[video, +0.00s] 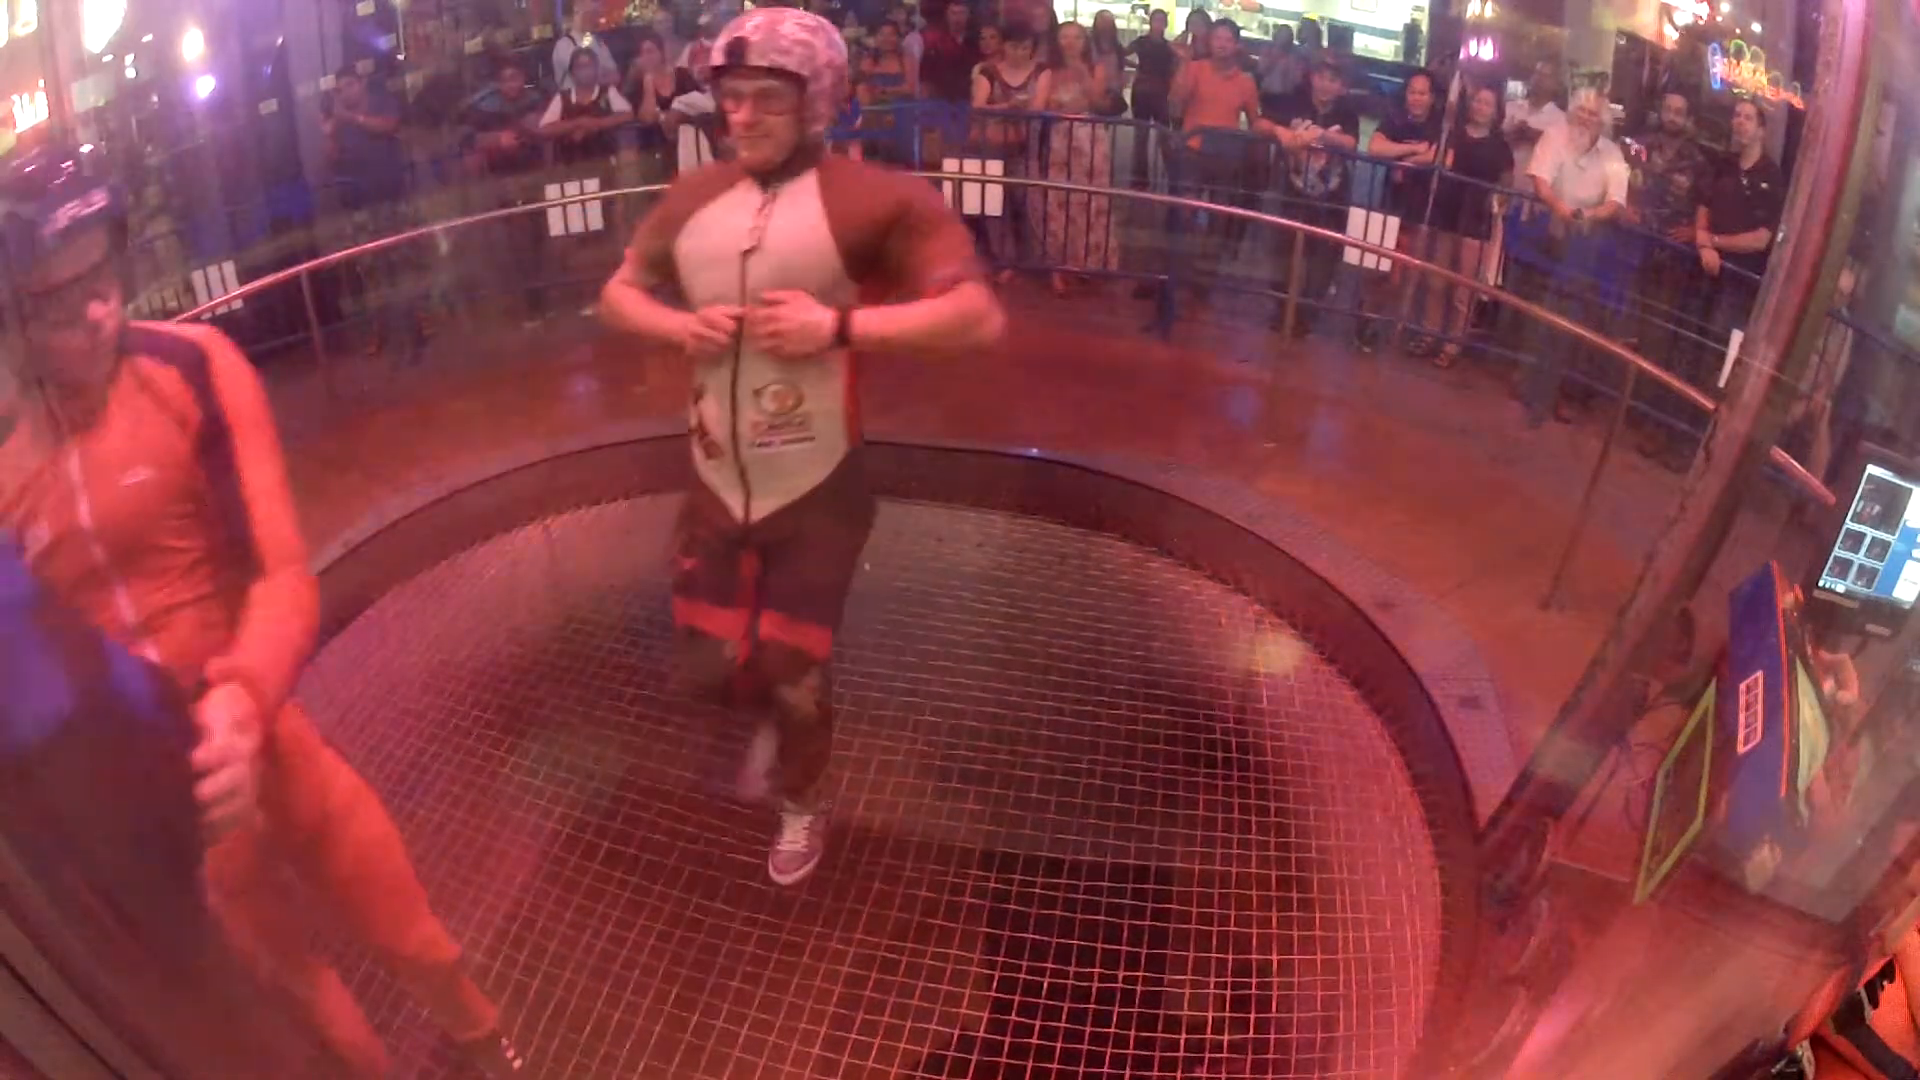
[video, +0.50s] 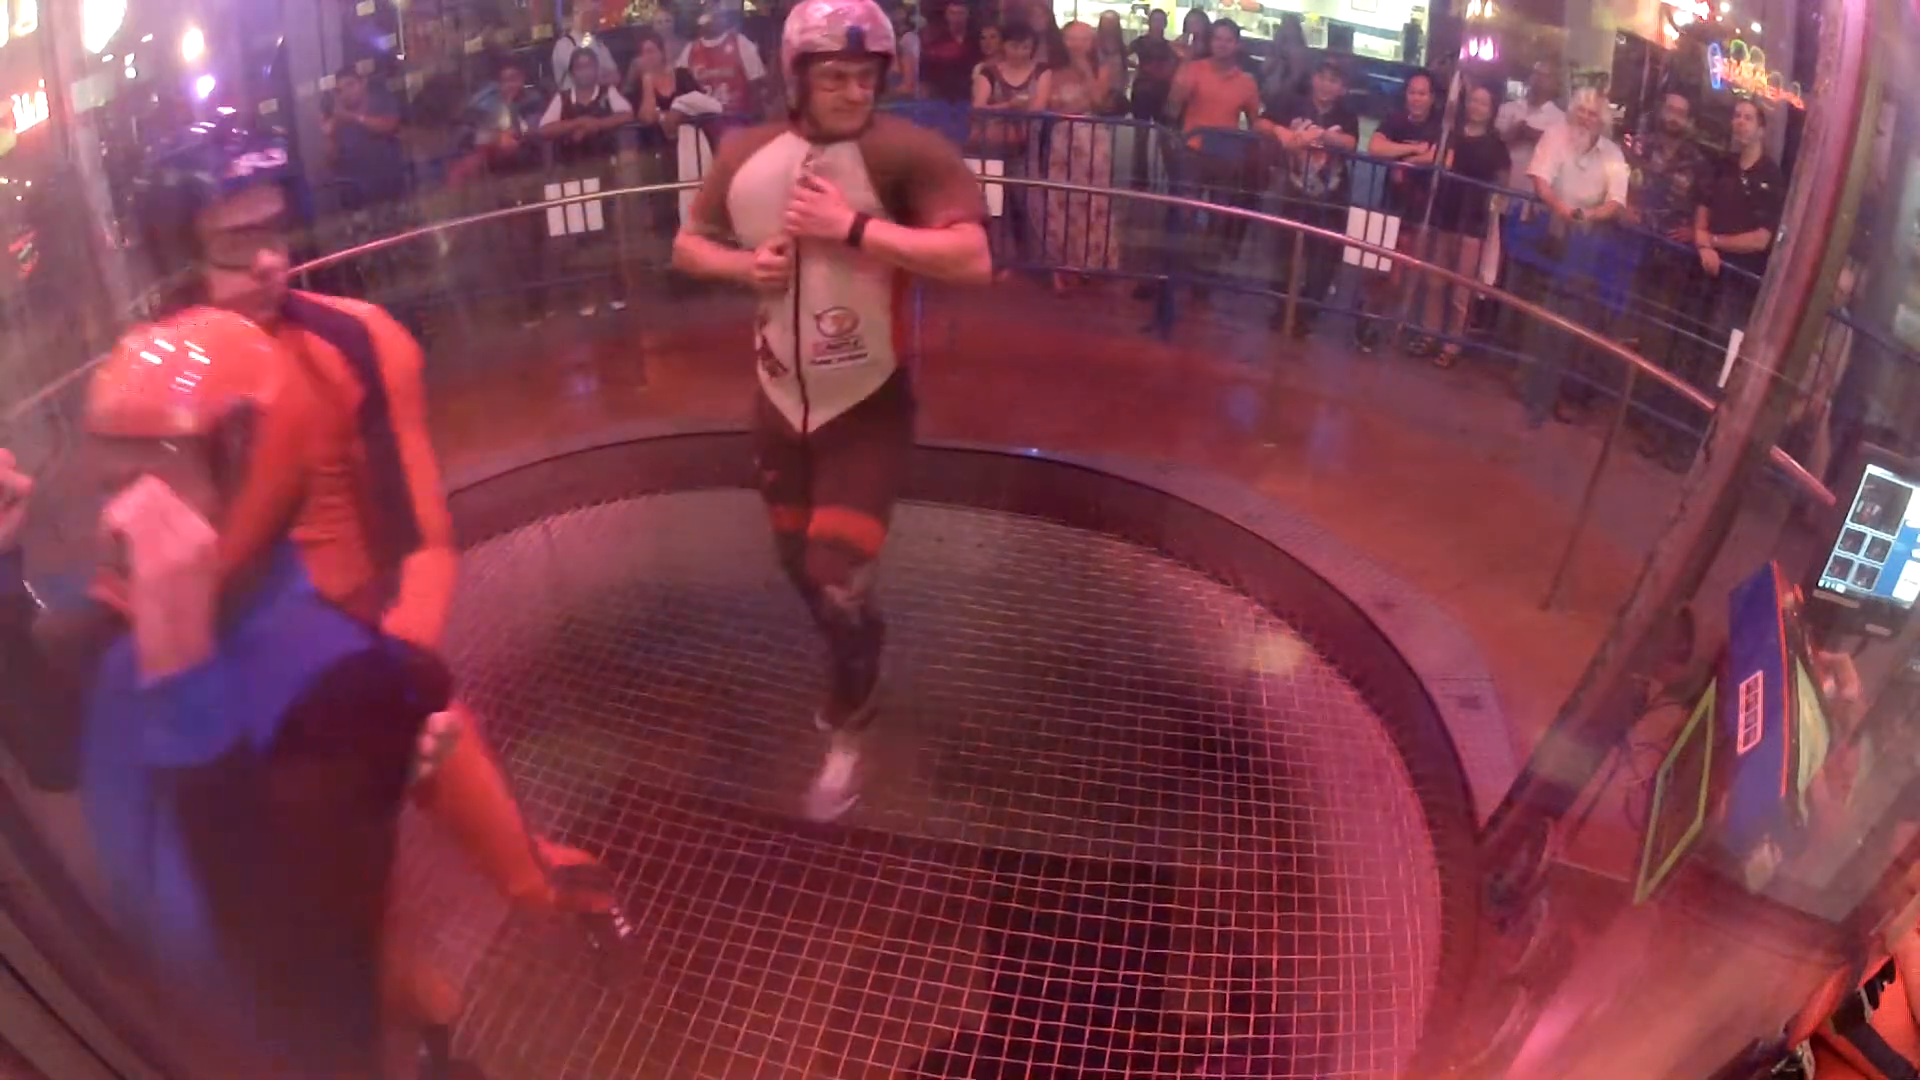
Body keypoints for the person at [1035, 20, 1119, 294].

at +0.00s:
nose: (1069, 42)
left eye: (1075, 37)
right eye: (1065, 38)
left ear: (1084, 41)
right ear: (1058, 42)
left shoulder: (1094, 70)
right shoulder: (1051, 74)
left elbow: (1099, 102)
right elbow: (1039, 107)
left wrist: (1085, 75)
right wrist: (1060, 109)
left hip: (1088, 137)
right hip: (1059, 136)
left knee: (1086, 200)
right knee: (1058, 200)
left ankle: (1083, 263)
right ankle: (1058, 265)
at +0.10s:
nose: (1072, 43)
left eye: (1077, 38)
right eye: (1067, 38)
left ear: (1087, 41)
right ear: (1060, 42)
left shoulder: (1096, 70)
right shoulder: (1051, 76)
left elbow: (1099, 100)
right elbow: (1037, 109)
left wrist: (1085, 70)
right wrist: (1062, 110)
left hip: (1090, 140)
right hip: (1061, 139)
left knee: (1087, 201)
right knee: (1059, 201)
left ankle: (1083, 264)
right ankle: (1057, 266)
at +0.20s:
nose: (1073, 44)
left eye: (1079, 38)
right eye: (1068, 39)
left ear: (1088, 41)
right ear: (1062, 42)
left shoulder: (1098, 69)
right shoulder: (1052, 75)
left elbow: (1099, 100)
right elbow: (1037, 109)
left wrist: (1085, 70)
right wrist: (1063, 112)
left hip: (1090, 140)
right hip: (1061, 139)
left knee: (1087, 201)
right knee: (1059, 200)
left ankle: (1082, 263)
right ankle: (1058, 265)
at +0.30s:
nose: (1074, 44)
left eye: (1080, 38)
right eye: (1069, 39)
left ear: (1089, 41)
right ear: (1062, 42)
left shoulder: (1098, 70)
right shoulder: (1052, 75)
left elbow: (1099, 100)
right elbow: (1037, 109)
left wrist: (1086, 70)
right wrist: (1063, 112)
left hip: (1090, 139)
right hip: (1061, 138)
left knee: (1087, 201)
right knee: (1059, 200)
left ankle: (1083, 264)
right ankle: (1058, 265)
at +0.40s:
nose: (1076, 44)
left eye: (1083, 39)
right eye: (1071, 39)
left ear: (1091, 42)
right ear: (1063, 42)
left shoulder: (1099, 71)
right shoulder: (1052, 75)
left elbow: (1099, 101)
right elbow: (1037, 109)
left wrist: (1086, 70)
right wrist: (1062, 111)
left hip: (1091, 141)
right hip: (1061, 139)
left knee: (1087, 202)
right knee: (1059, 201)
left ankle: (1083, 264)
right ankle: (1058, 266)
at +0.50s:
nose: (1078, 44)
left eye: (1084, 39)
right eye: (1072, 39)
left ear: (1092, 42)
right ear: (1064, 42)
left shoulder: (1100, 70)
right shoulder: (1055, 75)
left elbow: (1098, 99)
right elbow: (1039, 107)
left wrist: (1086, 67)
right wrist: (1066, 109)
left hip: (1091, 139)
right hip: (1062, 138)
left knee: (1088, 200)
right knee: (1060, 200)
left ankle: (1084, 264)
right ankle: (1060, 264)